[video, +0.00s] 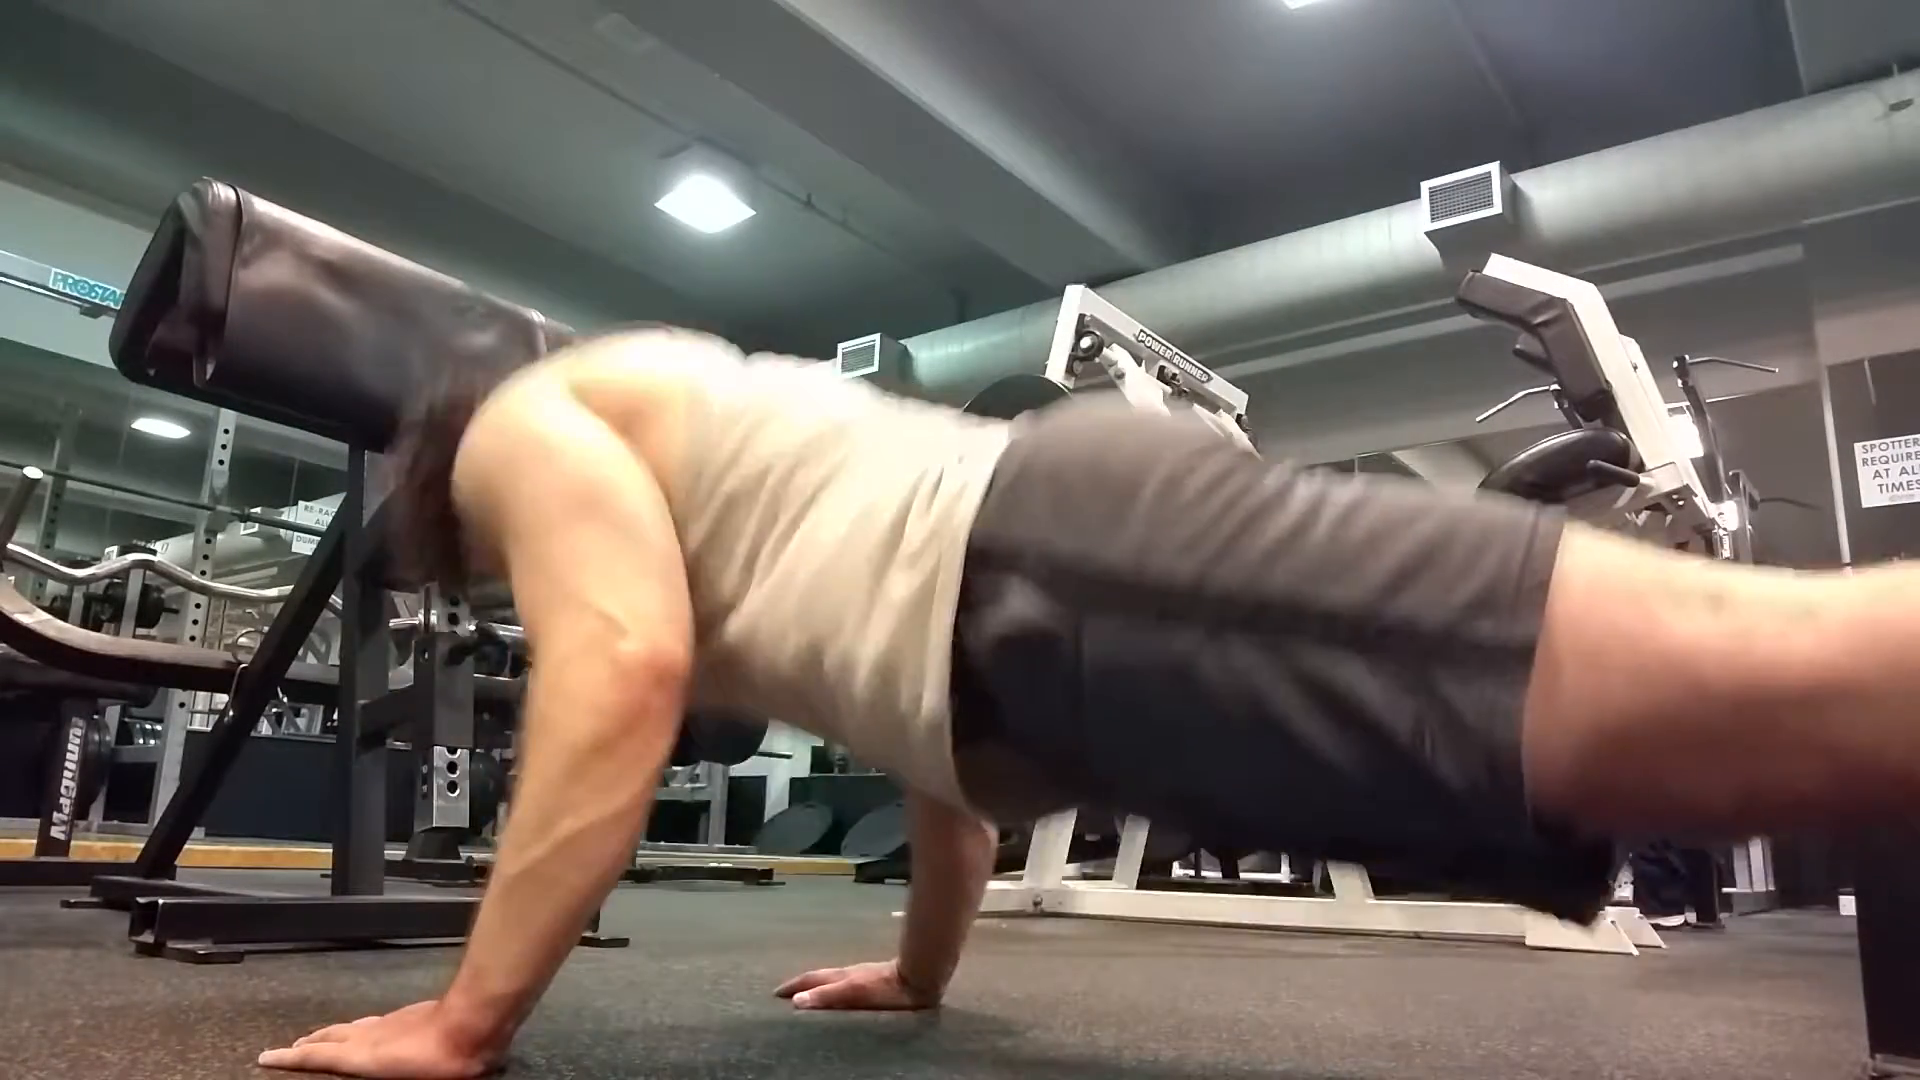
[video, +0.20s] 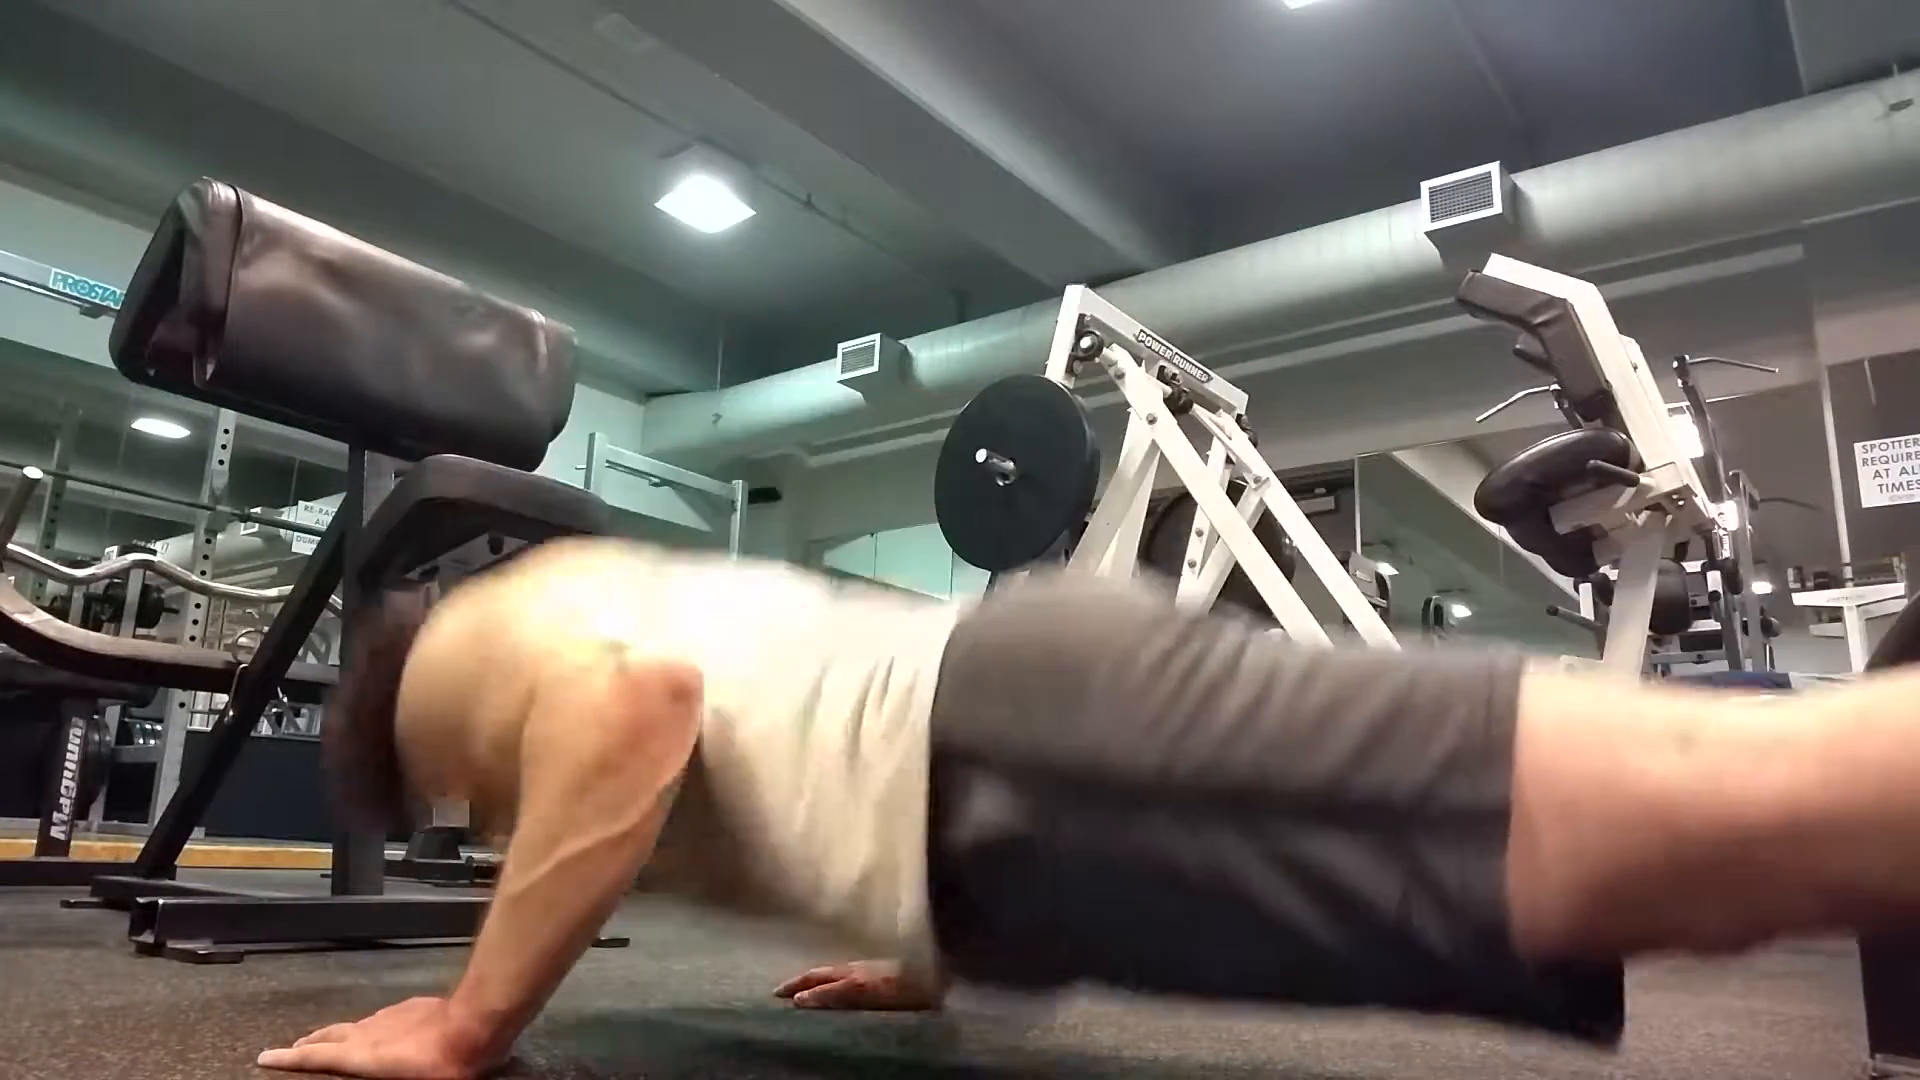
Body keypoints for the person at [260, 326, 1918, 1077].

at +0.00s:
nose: (407, 555)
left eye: (396, 513)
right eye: (395, 535)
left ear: (418, 429)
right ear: (523, 415)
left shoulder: (530, 413)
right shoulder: (712, 440)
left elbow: (619, 660)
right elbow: (941, 706)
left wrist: (463, 1021)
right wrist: (921, 969)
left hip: (1060, 559)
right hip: (1068, 610)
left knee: (1784, 692)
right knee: (1761, 734)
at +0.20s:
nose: (428, 804)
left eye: (404, 775)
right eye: (415, 794)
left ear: (401, 672)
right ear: (500, 587)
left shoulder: (452, 645)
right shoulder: (647, 604)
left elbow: (636, 710)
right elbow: (888, 716)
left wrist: (460, 1021)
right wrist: (920, 953)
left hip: (1006, 757)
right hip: (1026, 754)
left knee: (1677, 836)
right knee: (1676, 828)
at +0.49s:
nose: (444, 836)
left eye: (415, 805)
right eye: (429, 827)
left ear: (416, 672)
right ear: (513, 593)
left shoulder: (468, 655)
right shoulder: (660, 624)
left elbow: (640, 712)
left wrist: (464, 1018)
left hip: (1014, 766)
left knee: (1746, 832)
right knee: (1734, 841)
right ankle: (1870, 901)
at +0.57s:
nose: (427, 682)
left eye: (410, 643)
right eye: (417, 667)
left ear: (421, 574)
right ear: (519, 493)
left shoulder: (504, 538)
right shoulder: (666, 525)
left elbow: (639, 692)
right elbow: (905, 686)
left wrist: (466, 1023)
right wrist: (929, 946)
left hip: (1034, 662)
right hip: (1054, 690)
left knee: (1762, 768)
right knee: (1736, 781)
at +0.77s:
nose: (464, 563)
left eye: (443, 528)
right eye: (445, 558)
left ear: (455, 432)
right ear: (524, 454)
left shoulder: (556, 401)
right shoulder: (741, 465)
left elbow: (616, 667)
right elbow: (924, 724)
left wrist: (469, 1016)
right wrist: (923, 967)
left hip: (1063, 552)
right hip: (1080, 647)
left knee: (1751, 688)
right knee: (1732, 731)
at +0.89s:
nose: (449, 639)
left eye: (425, 603)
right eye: (432, 628)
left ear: (435, 523)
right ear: (541, 465)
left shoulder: (525, 489)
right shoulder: (722, 494)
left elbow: (641, 678)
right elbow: (965, 744)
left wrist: (466, 1015)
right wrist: (928, 974)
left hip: (1034, 624)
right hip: (1065, 640)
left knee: (1734, 737)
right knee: (1715, 768)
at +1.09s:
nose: (417, 829)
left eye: (396, 805)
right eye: (408, 815)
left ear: (397, 707)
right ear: (488, 624)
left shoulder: (457, 689)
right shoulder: (602, 674)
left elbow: (634, 699)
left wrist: (460, 1017)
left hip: (998, 806)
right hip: (1007, 817)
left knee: (1689, 860)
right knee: (1685, 849)